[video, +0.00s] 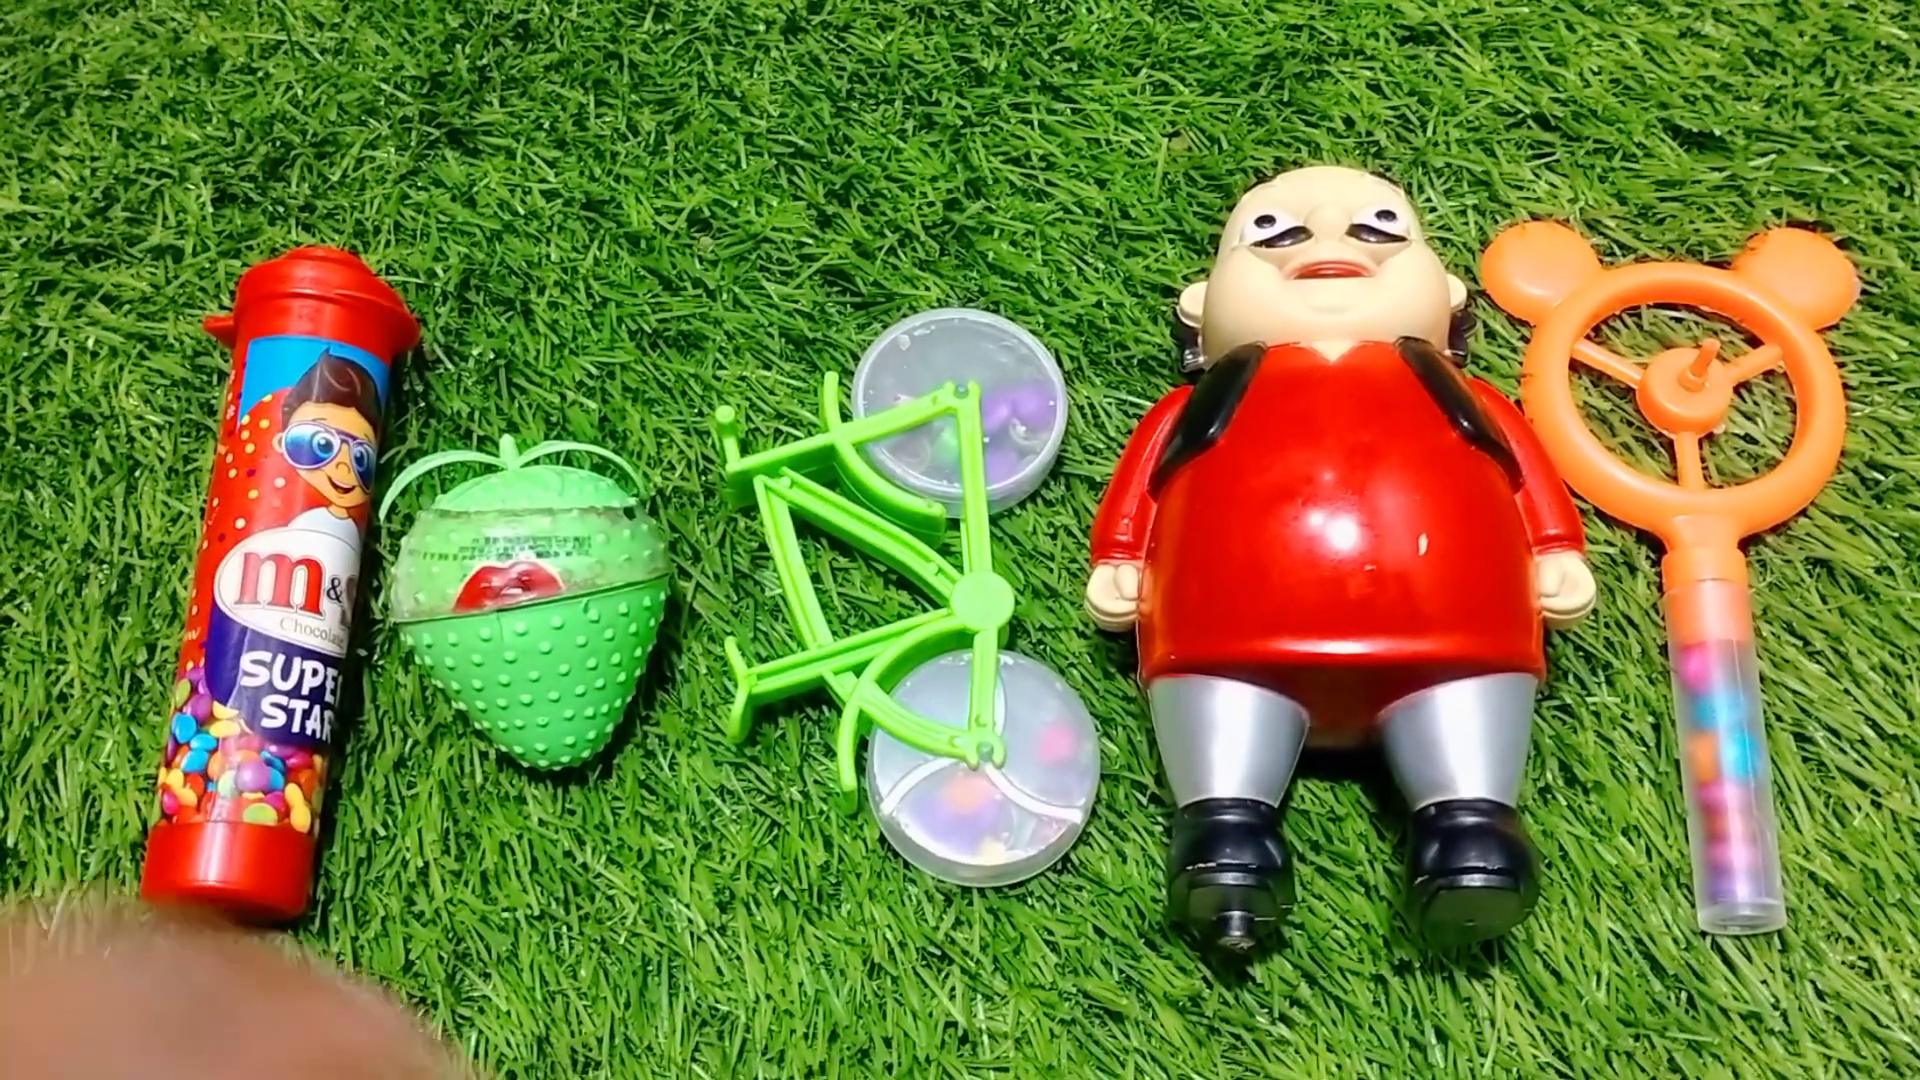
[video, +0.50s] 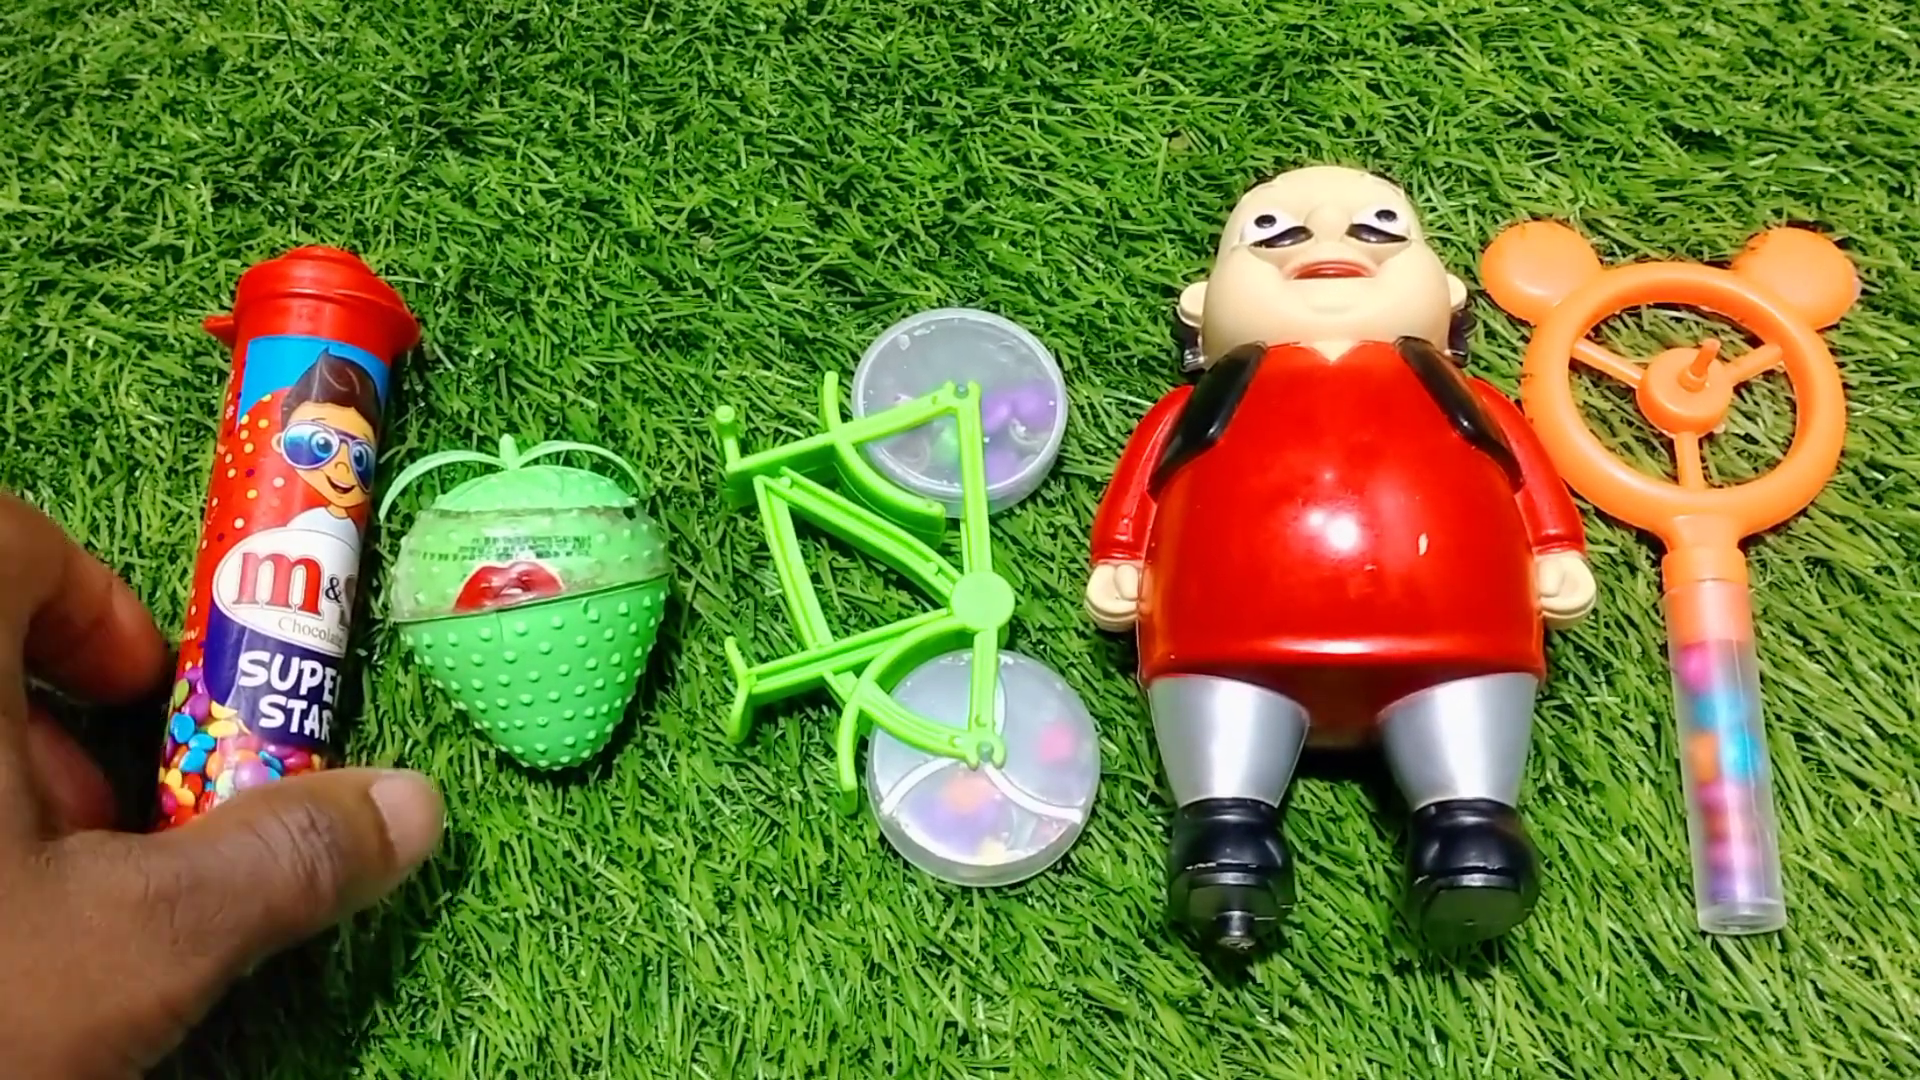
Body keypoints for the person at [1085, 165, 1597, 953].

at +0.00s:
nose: (1332, 240)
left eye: (1380, 224)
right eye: (1277, 226)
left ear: (1449, 300)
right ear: (1201, 309)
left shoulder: (1467, 394)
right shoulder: (1194, 403)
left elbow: (1525, 465)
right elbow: (1142, 477)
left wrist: (1554, 545)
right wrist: (1121, 553)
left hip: (1443, 574)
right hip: (1239, 578)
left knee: (1466, 670)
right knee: (1221, 677)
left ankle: (1469, 829)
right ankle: (1228, 838)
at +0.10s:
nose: (1332, 240)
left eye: (1380, 224)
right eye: (1277, 226)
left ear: (1448, 300)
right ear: (1202, 309)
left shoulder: (1466, 394)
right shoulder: (1194, 403)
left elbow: (1525, 465)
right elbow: (1142, 477)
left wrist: (1554, 546)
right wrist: (1121, 553)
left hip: (1443, 574)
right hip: (1239, 577)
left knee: (1467, 671)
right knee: (1221, 677)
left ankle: (1468, 830)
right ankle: (1228, 838)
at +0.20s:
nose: (1332, 240)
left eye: (1380, 224)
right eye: (1277, 226)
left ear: (1448, 299)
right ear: (1202, 309)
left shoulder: (1466, 394)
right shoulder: (1194, 403)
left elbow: (1526, 465)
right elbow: (1142, 477)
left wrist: (1554, 546)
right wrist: (1121, 553)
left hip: (1443, 574)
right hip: (1240, 578)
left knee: (1467, 672)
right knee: (1221, 678)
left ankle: (1469, 830)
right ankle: (1228, 838)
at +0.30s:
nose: (1332, 240)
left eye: (1380, 224)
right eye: (1277, 226)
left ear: (1449, 300)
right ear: (1202, 309)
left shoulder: (1466, 394)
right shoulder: (1194, 403)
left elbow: (1526, 465)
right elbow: (1142, 477)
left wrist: (1554, 545)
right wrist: (1121, 553)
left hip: (1443, 574)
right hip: (1239, 577)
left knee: (1466, 672)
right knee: (1221, 678)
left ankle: (1469, 830)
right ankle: (1228, 838)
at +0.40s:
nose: (1332, 240)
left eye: (1380, 224)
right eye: (1277, 226)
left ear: (1449, 299)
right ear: (1202, 309)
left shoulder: (1467, 394)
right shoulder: (1194, 403)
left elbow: (1527, 466)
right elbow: (1142, 477)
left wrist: (1554, 545)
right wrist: (1121, 553)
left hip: (1443, 576)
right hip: (1240, 579)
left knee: (1466, 674)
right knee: (1221, 679)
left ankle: (1469, 830)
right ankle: (1228, 838)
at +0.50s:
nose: (1332, 240)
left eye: (1380, 224)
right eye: (1277, 226)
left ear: (1449, 299)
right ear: (1202, 309)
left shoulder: (1467, 395)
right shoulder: (1194, 403)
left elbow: (1527, 466)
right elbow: (1142, 478)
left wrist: (1555, 545)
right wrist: (1121, 552)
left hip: (1443, 575)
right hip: (1240, 578)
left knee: (1467, 673)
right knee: (1221, 678)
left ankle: (1469, 830)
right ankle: (1228, 838)